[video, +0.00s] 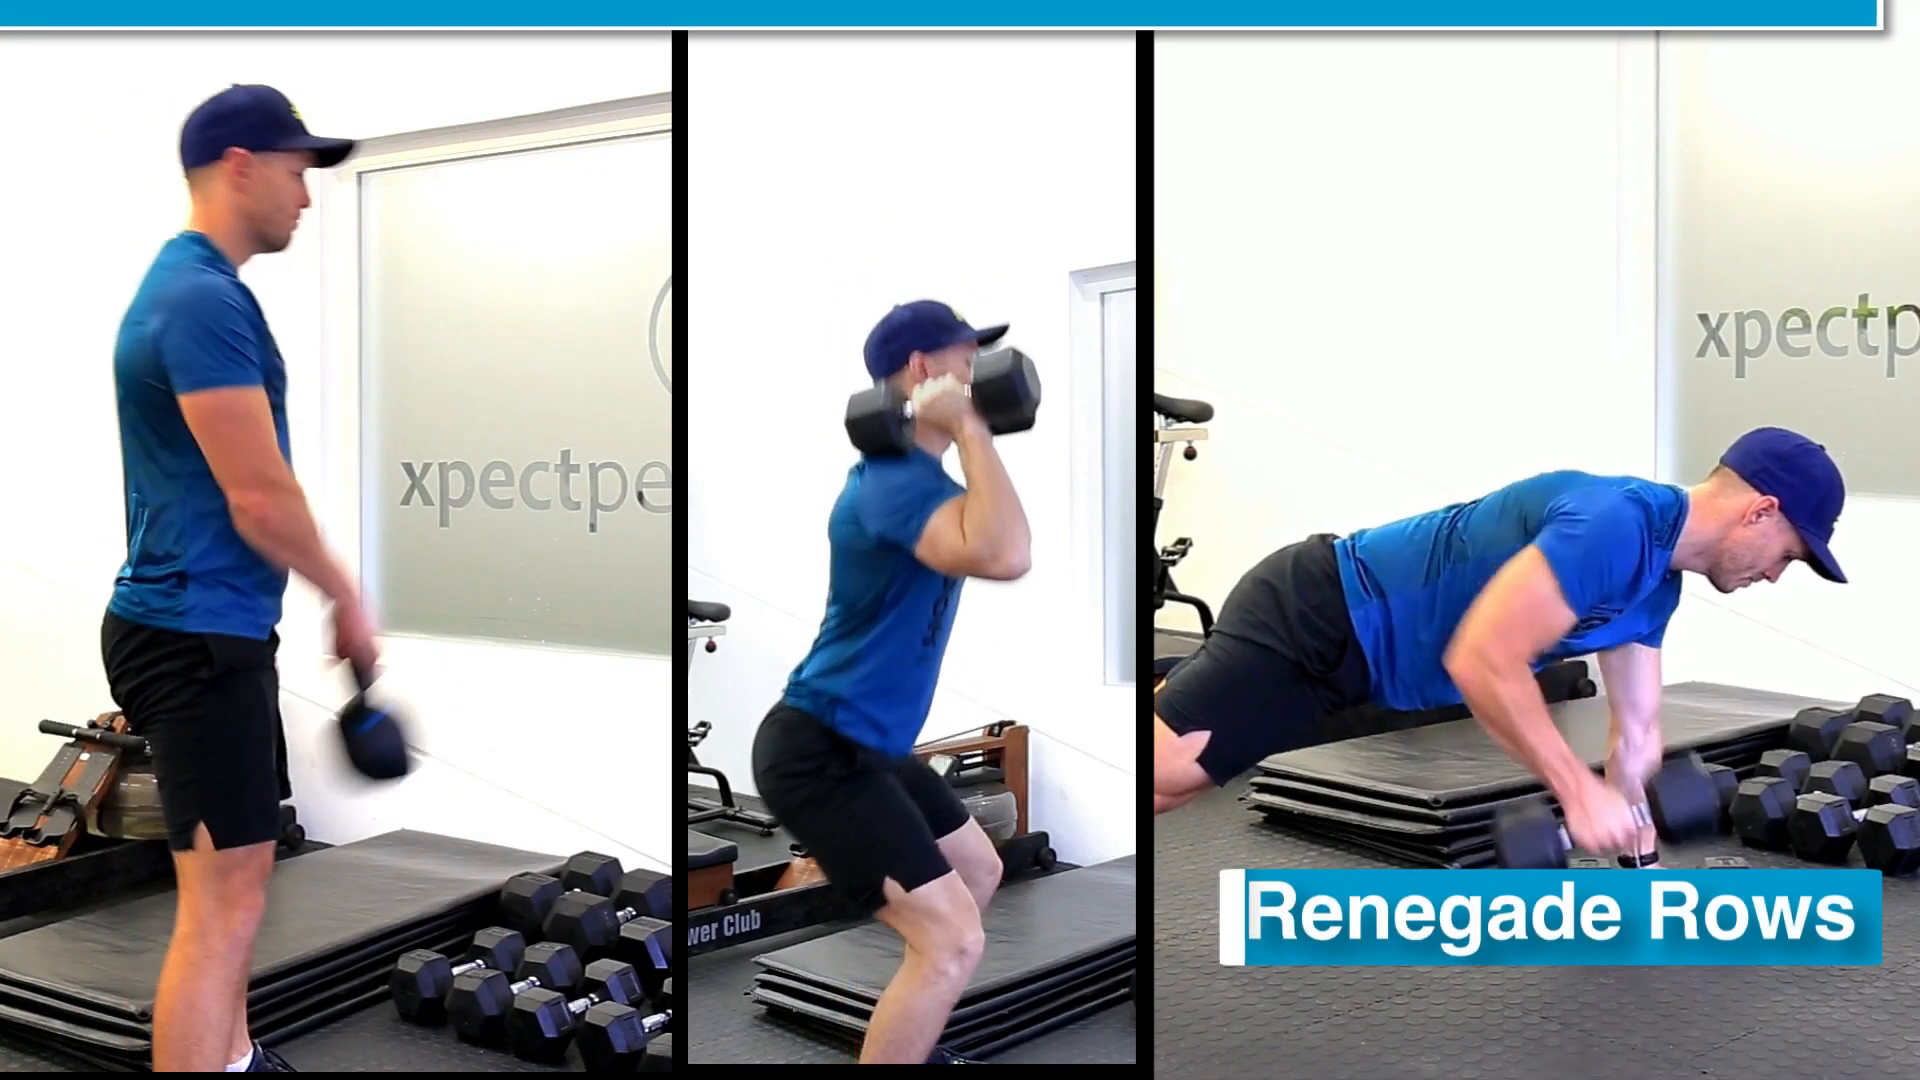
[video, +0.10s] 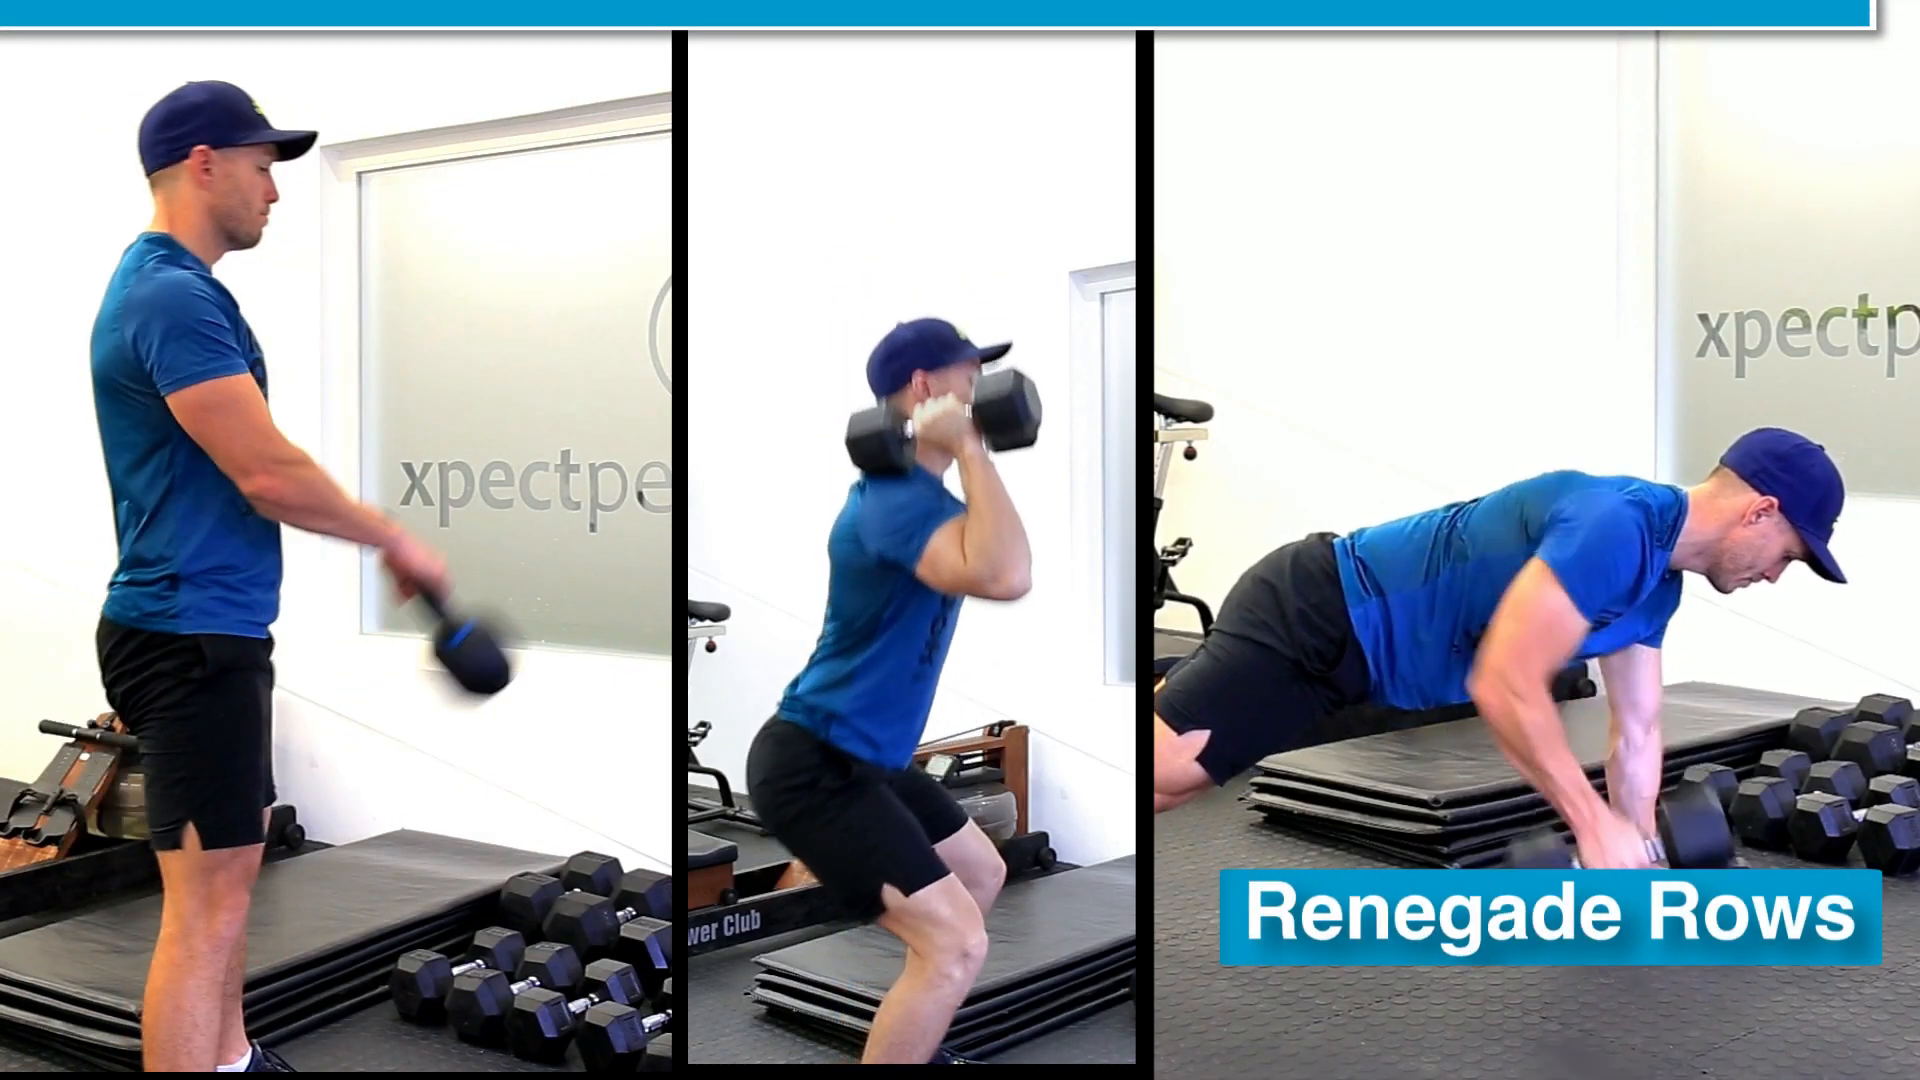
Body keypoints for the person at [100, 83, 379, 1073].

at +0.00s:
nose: (309, 195)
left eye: (309, 175)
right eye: (297, 171)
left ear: (233, 174)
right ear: (234, 168)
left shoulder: (200, 289)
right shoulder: (198, 298)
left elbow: (253, 489)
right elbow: (258, 497)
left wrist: (334, 588)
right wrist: (345, 592)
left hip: (205, 630)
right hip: (195, 637)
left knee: (233, 878)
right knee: (223, 907)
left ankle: (226, 1055)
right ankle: (193, 1074)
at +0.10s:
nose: (275, 190)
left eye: (274, 170)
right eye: (263, 167)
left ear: (199, 171)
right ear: (201, 166)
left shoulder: (175, 288)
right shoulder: (171, 295)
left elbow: (257, 469)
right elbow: (266, 472)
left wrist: (377, 532)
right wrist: (389, 535)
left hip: (206, 631)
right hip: (191, 638)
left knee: (226, 877)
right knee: (202, 906)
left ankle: (226, 1059)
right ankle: (190, 1076)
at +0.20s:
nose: (262, 179)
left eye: (259, 159)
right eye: (247, 157)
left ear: (184, 166)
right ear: (189, 161)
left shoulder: (175, 287)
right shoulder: (160, 291)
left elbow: (272, 456)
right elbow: (280, 457)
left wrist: (408, 509)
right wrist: (419, 511)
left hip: (197, 629)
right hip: (175, 635)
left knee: (214, 876)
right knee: (198, 901)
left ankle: (225, 1059)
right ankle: (186, 1074)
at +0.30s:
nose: (254, 166)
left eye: (250, 149)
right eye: (239, 147)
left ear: (177, 159)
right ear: (178, 154)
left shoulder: (177, 283)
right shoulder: (164, 287)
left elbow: (294, 441)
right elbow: (299, 445)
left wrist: (430, 480)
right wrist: (439, 483)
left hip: (196, 629)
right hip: (172, 634)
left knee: (211, 885)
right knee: (196, 904)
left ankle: (224, 1059)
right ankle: (185, 1077)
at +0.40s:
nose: (253, 166)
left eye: (249, 147)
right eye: (237, 146)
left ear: (177, 159)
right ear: (174, 154)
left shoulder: (171, 282)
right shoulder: (163, 288)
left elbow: (299, 433)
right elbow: (305, 440)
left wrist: (433, 464)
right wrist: (448, 467)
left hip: (202, 629)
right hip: (179, 635)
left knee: (216, 888)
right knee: (200, 907)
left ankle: (225, 1059)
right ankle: (188, 1077)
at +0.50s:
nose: (253, 166)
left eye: (249, 147)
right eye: (237, 147)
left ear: (176, 160)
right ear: (174, 155)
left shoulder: (173, 282)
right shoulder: (162, 287)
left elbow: (299, 434)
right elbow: (305, 440)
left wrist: (434, 466)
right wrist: (446, 469)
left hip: (206, 631)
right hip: (182, 636)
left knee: (220, 888)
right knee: (204, 907)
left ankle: (226, 1059)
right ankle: (190, 1078)